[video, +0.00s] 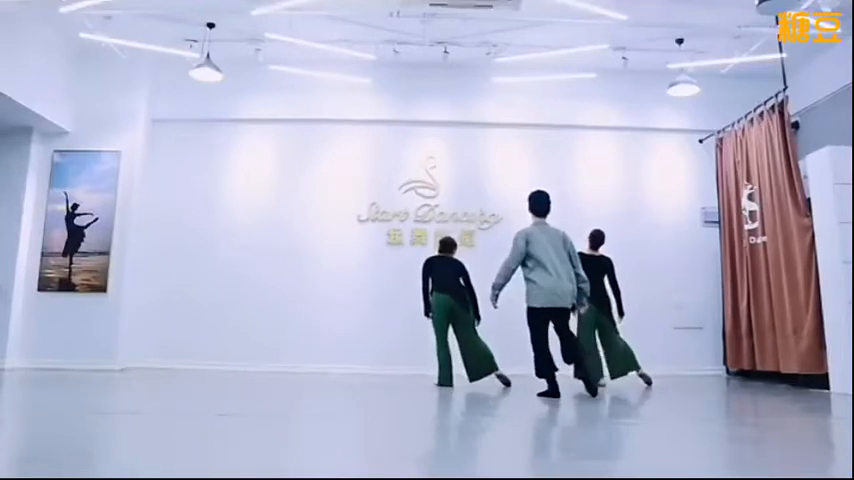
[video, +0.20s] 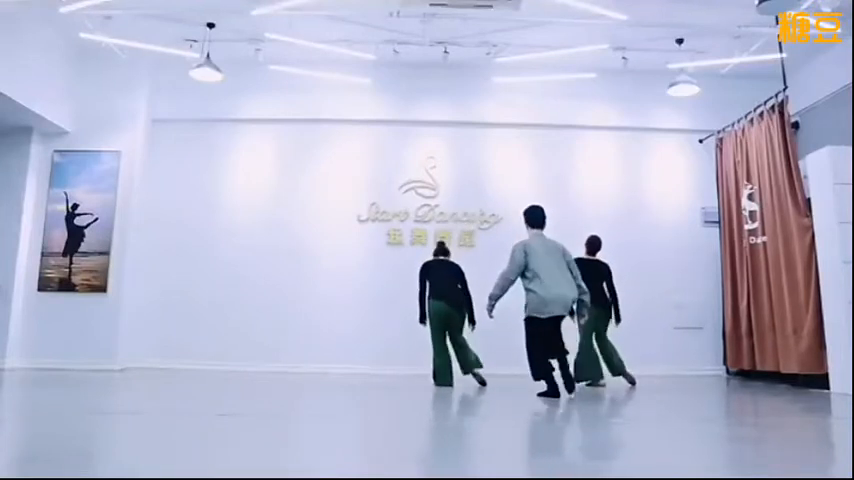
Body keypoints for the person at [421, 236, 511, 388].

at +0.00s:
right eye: (454, 250)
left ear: (439, 248)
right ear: (454, 250)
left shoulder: (430, 262)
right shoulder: (458, 264)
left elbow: (425, 286)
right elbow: (469, 288)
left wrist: (427, 307)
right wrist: (476, 312)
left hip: (439, 299)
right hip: (459, 300)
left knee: (441, 341)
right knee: (472, 337)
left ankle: (445, 379)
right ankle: (495, 370)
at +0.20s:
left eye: (438, 254)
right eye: (445, 255)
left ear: (434, 254)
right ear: (448, 254)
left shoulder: (427, 266)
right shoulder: (455, 267)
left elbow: (422, 292)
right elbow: (466, 292)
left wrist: (422, 314)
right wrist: (471, 315)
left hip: (436, 307)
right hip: (456, 307)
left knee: (439, 343)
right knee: (457, 338)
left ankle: (443, 379)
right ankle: (472, 367)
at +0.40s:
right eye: (444, 258)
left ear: (432, 257)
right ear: (446, 258)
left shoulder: (425, 267)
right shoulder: (454, 269)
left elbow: (421, 292)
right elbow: (461, 295)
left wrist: (419, 315)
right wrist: (465, 318)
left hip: (434, 308)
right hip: (453, 309)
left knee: (436, 345)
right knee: (448, 339)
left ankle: (439, 379)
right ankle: (448, 369)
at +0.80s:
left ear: (427, 234)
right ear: (440, 236)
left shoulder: (419, 245)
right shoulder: (448, 248)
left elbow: (414, 271)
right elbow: (452, 276)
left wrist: (412, 293)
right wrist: (454, 300)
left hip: (425, 290)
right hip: (444, 293)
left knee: (431, 331)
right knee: (438, 332)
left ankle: (442, 370)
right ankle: (427, 368)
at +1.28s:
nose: (430, 224)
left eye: (425, 219)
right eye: (432, 221)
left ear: (419, 220)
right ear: (434, 222)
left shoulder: (408, 237)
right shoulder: (436, 241)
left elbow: (402, 264)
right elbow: (440, 269)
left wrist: (399, 287)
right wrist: (443, 292)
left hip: (413, 288)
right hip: (431, 289)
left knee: (415, 327)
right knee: (428, 327)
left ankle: (422, 368)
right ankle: (424, 368)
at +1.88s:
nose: (410, 222)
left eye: (408, 219)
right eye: (410, 219)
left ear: (394, 219)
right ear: (410, 221)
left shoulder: (386, 238)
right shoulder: (415, 241)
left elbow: (381, 264)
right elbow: (420, 268)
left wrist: (378, 287)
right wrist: (425, 291)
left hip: (392, 287)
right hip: (410, 288)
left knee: (394, 327)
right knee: (409, 326)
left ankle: (399, 367)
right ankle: (403, 365)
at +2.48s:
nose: (390, 220)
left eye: (388, 217)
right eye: (390, 217)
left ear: (374, 218)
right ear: (389, 219)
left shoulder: (365, 236)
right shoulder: (395, 239)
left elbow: (359, 262)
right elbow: (398, 267)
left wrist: (356, 285)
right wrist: (401, 290)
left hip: (370, 287)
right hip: (388, 288)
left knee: (371, 327)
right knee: (386, 327)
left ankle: (376, 369)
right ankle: (379, 366)